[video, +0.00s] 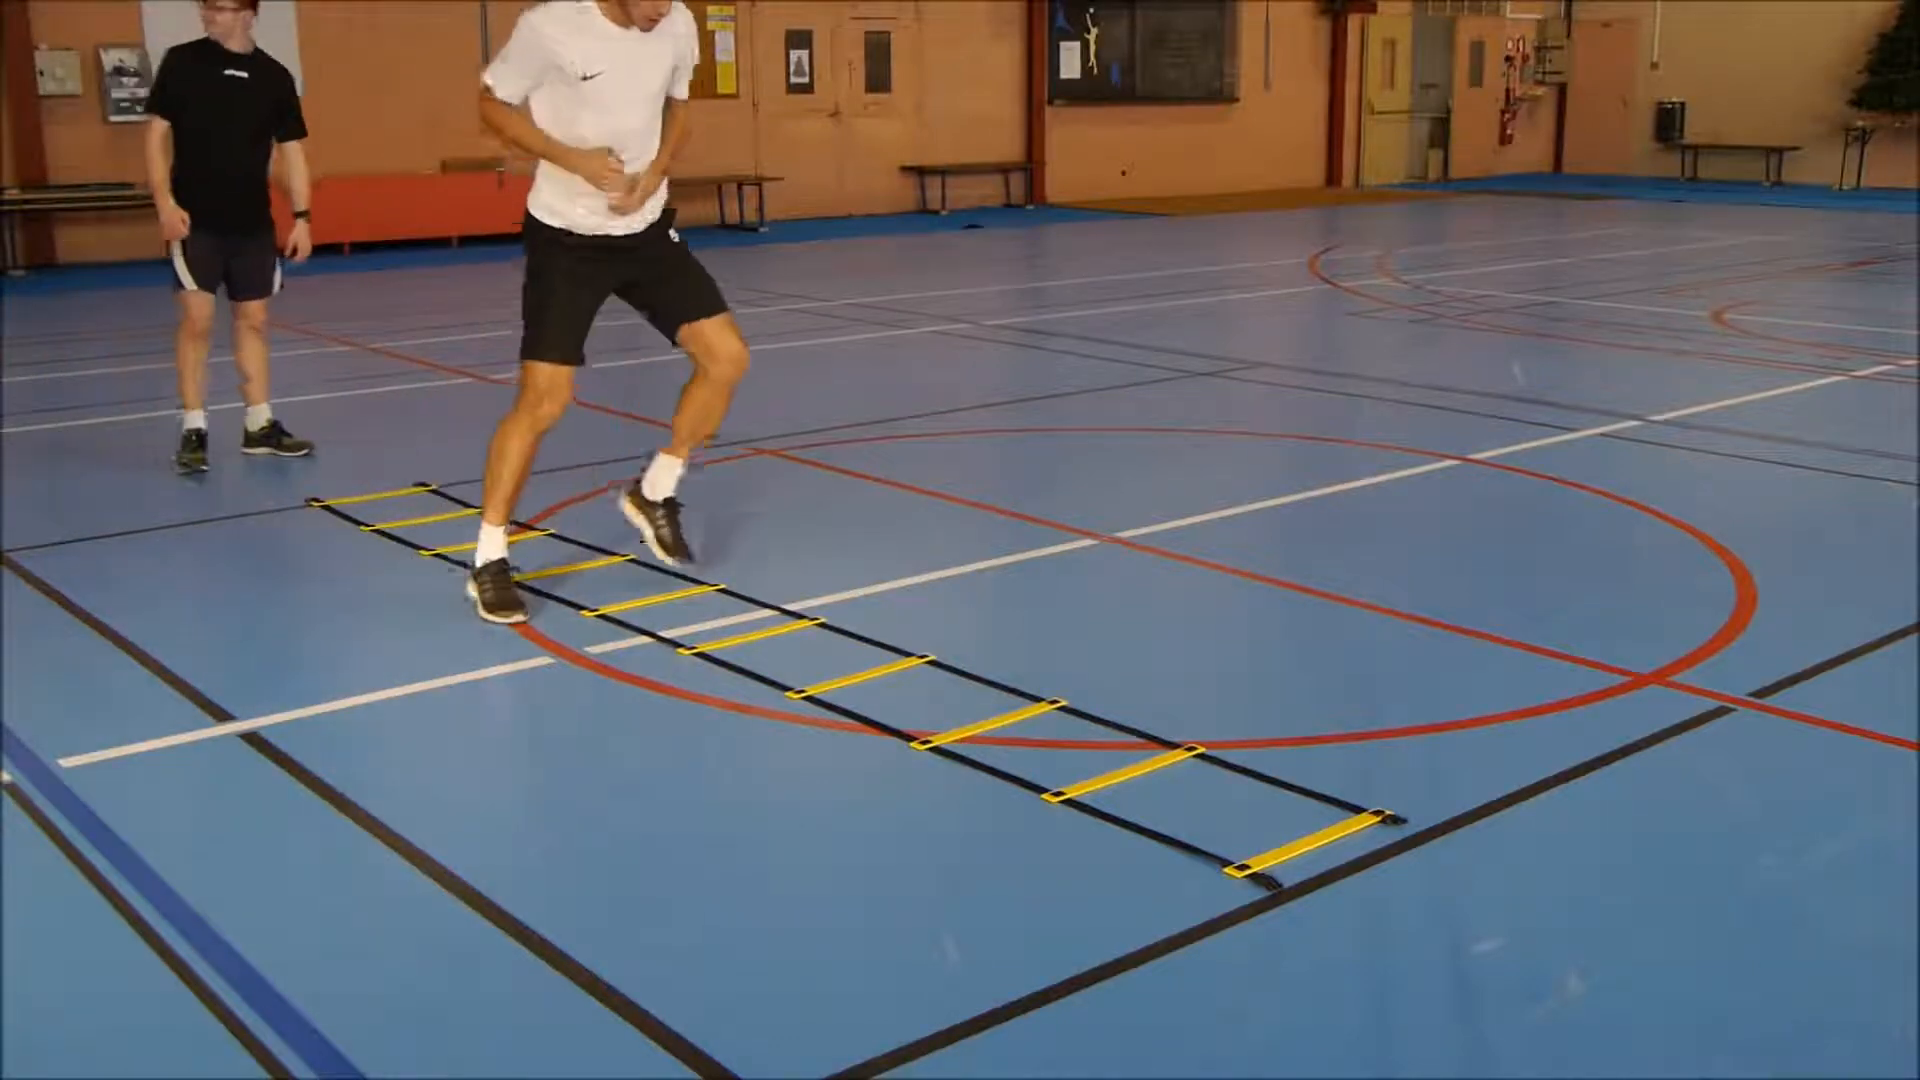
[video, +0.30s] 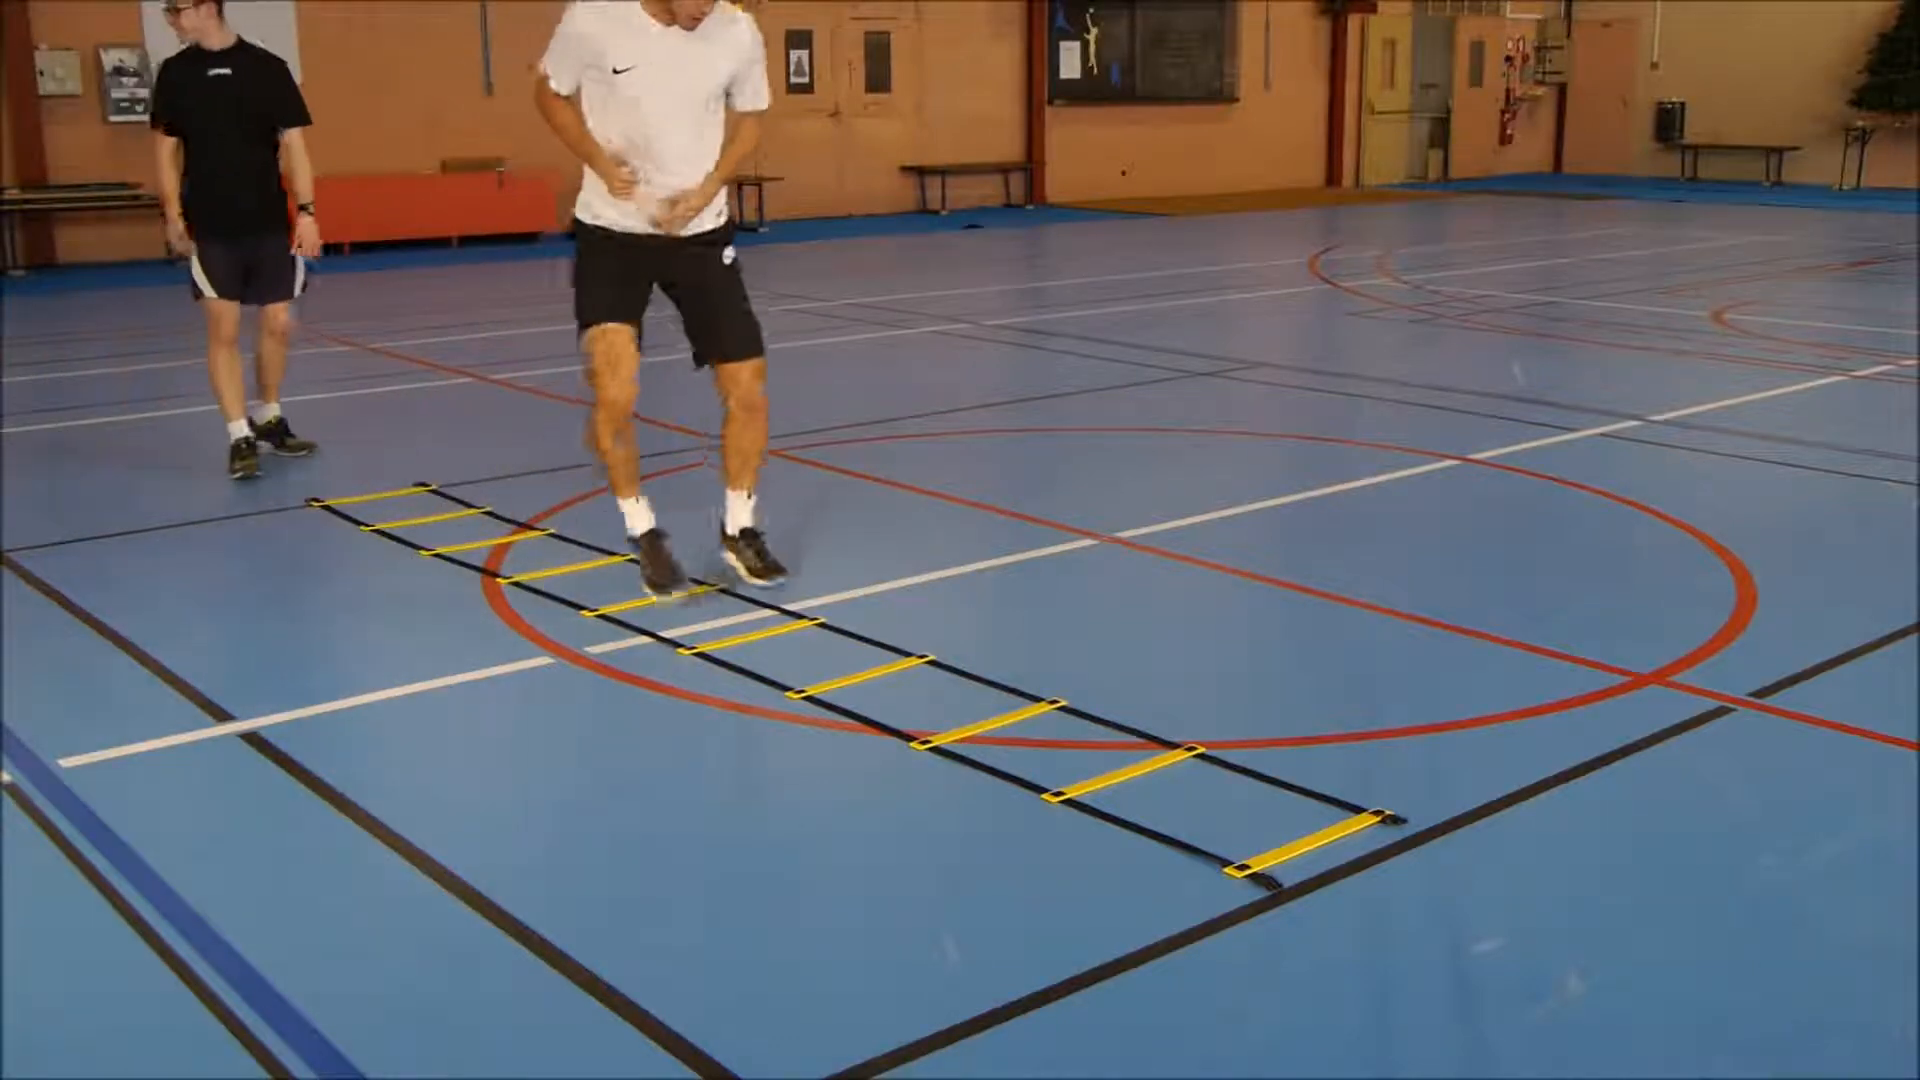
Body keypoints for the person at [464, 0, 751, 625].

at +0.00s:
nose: (658, 16)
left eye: (663, 9)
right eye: (650, 9)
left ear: (666, 1)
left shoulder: (677, 25)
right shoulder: (548, 26)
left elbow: (676, 106)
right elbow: (492, 107)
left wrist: (656, 170)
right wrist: (574, 158)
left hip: (647, 234)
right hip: (565, 240)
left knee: (726, 359)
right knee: (545, 400)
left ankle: (656, 491)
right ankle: (489, 557)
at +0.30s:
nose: (700, 16)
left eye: (708, 8)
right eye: (693, 7)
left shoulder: (737, 32)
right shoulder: (591, 21)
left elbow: (747, 121)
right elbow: (549, 91)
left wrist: (708, 189)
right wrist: (598, 160)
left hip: (701, 233)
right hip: (611, 235)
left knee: (748, 387)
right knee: (615, 389)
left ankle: (740, 529)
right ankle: (642, 531)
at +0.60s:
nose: (733, 5)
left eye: (742, 2)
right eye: (725, 1)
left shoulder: (778, 18)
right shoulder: (627, 12)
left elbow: (793, 109)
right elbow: (584, 76)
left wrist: (739, 183)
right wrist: (619, 151)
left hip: (731, 236)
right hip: (640, 230)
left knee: (757, 405)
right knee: (633, 390)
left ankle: (695, 544)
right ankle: (610, 560)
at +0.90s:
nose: (804, 16)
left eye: (810, 8)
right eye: (794, 8)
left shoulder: (836, 37)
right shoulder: (681, 23)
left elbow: (840, 130)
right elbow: (637, 105)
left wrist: (797, 197)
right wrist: (689, 175)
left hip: (792, 250)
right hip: (696, 247)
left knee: (846, 404)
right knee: (675, 408)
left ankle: (835, 563)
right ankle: (676, 550)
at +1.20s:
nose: (853, 2)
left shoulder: (881, 21)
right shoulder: (722, 12)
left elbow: (874, 108)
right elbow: (670, 83)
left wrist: (831, 180)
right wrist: (708, 161)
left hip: (823, 243)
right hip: (731, 240)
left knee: (839, 421)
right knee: (755, 412)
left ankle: (797, 585)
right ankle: (743, 574)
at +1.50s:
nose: (913, 3)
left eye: (917, 0)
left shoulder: (912, 29)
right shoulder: (773, 26)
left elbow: (887, 116)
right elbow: (714, 131)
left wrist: (876, 202)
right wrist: (792, 210)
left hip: (862, 249)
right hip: (769, 259)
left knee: (961, 395)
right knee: (754, 441)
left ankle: (913, 562)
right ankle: (686, 613)